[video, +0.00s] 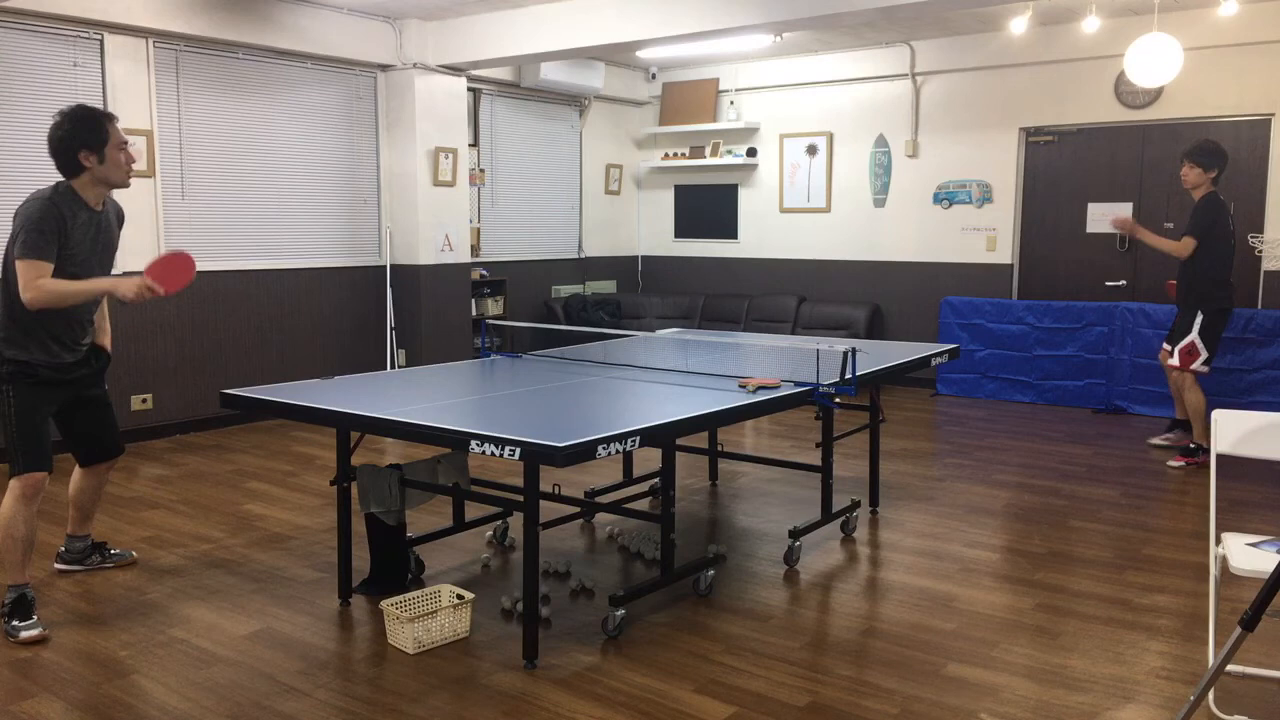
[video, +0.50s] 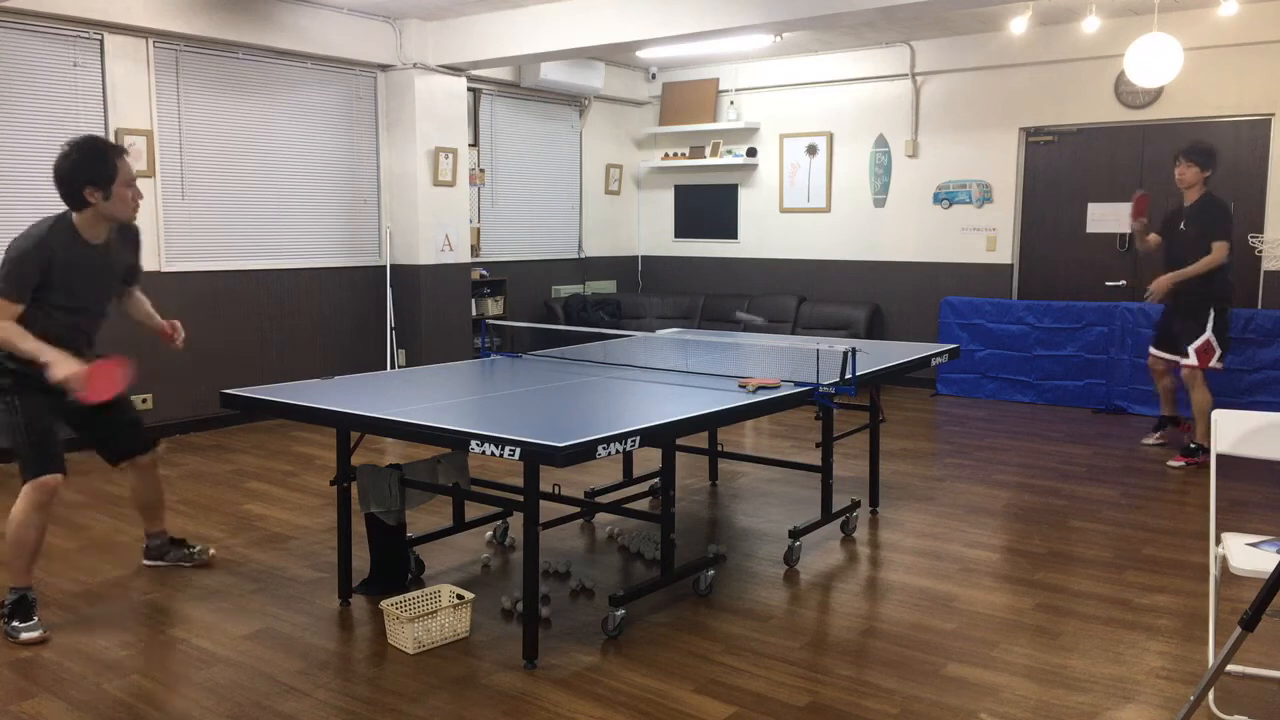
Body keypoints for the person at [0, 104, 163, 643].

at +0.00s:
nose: (131, 154)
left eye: (127, 144)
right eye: (120, 148)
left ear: (94, 158)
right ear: (86, 160)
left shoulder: (111, 214)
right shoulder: (41, 211)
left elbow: (96, 281)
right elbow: (33, 292)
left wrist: (102, 343)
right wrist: (110, 284)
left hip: (77, 361)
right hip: (22, 365)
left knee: (101, 453)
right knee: (30, 478)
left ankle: (78, 544)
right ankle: (16, 594)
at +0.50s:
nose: (138, 192)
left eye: (135, 181)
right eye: (128, 184)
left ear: (102, 193)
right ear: (93, 196)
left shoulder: (124, 238)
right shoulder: (36, 246)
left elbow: (125, 291)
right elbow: (2, 323)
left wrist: (158, 323)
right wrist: (51, 355)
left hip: (82, 367)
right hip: (23, 374)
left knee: (141, 451)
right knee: (45, 480)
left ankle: (158, 543)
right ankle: (18, 598)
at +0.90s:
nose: (181, 205)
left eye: (182, 195)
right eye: (171, 199)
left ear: (179, 193)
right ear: (135, 203)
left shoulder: (181, 242)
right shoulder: (97, 251)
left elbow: (184, 293)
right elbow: (83, 323)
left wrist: (197, 331)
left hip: (143, 370)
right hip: (87, 373)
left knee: (201, 454)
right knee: (66, 477)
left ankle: (167, 541)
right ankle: (24, 596)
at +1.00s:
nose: (192, 191)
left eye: (192, 180)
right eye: (181, 183)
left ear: (173, 185)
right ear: (147, 189)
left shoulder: (175, 229)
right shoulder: (122, 237)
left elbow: (167, 283)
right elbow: (153, 312)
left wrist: (195, 314)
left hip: (133, 366)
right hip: (78, 368)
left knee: (188, 450)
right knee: (63, 472)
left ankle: (165, 541)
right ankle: (23, 595)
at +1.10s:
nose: (201, 177)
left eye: (199, 167)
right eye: (191, 169)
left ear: (161, 177)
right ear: (157, 177)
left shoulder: (149, 221)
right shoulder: (141, 223)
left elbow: (148, 287)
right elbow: (218, 275)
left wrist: (198, 308)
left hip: (118, 359)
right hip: (68, 359)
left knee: (171, 446)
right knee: (57, 470)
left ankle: (163, 542)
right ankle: (15, 595)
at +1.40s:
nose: (172, 177)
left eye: (169, 166)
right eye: (162, 168)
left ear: (129, 179)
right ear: (130, 179)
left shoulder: (101, 220)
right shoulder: (110, 230)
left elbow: (71, 294)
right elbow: (172, 306)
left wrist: (129, 320)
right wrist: (231, 271)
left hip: (71, 374)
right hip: (40, 377)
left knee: (124, 456)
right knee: (78, 490)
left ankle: (153, 540)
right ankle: (20, 609)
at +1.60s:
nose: (147, 189)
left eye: (143, 179)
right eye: (136, 182)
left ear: (109, 194)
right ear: (105, 195)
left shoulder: (114, 244)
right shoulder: (62, 250)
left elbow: (102, 306)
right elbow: (88, 336)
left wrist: (151, 326)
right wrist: (165, 323)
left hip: (62, 387)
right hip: (21, 391)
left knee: (117, 465)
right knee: (63, 493)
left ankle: (84, 551)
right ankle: (16, 610)